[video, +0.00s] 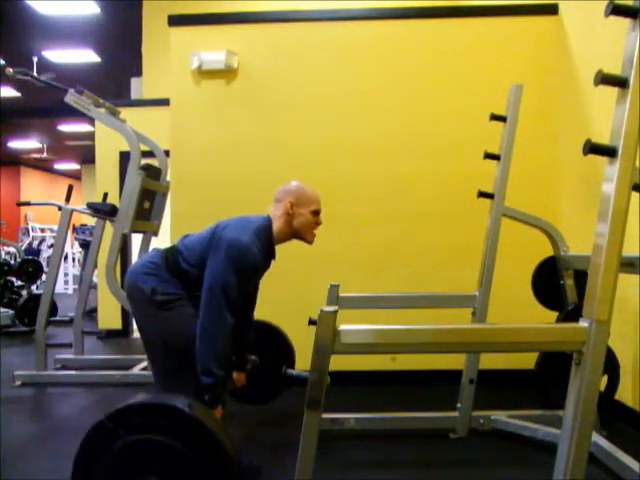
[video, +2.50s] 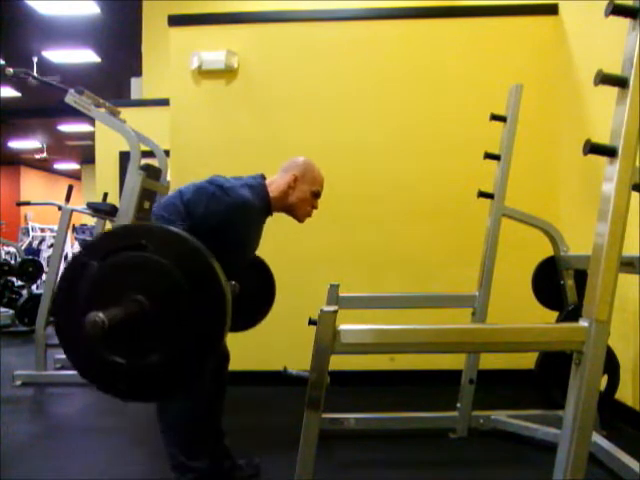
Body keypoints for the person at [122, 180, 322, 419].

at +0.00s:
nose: (319, 221)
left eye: (319, 214)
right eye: (314, 213)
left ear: (289, 210)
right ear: (290, 209)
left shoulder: (257, 244)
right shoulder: (240, 242)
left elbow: (242, 313)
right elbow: (215, 317)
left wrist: (238, 364)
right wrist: (212, 394)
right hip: (153, 285)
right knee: (183, 379)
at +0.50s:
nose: (311, 211)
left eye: (312, 204)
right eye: (307, 202)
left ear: (282, 196)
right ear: (282, 195)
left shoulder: (250, 224)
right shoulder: (229, 218)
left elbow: (230, 284)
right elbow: (192, 286)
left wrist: (238, 330)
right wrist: (218, 340)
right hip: (147, 284)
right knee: (166, 365)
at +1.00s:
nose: (319, 208)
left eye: (321, 200)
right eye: (317, 197)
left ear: (294, 187)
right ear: (295, 185)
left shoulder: (257, 215)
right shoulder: (243, 208)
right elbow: (172, 226)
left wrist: (230, 289)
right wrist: (213, 285)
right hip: (174, 298)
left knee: (205, 380)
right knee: (192, 381)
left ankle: (208, 461)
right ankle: (196, 463)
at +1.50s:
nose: (320, 220)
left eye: (321, 213)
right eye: (316, 212)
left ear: (292, 204)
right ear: (292, 204)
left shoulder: (258, 237)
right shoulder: (243, 233)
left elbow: (242, 306)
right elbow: (217, 304)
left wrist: (238, 360)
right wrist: (215, 372)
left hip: (172, 283)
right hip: (153, 279)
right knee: (178, 369)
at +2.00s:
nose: (309, 211)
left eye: (310, 203)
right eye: (306, 201)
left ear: (281, 193)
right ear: (282, 193)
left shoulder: (249, 223)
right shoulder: (231, 218)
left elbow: (231, 288)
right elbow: (200, 288)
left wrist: (238, 336)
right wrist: (216, 346)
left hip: (171, 282)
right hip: (150, 281)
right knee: (171, 362)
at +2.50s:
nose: (316, 206)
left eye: (318, 198)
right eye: (314, 195)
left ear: (291, 183)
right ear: (291, 182)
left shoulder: (252, 210)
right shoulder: (240, 202)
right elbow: (166, 215)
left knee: (211, 364)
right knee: (191, 370)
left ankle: (209, 458)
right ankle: (195, 463)